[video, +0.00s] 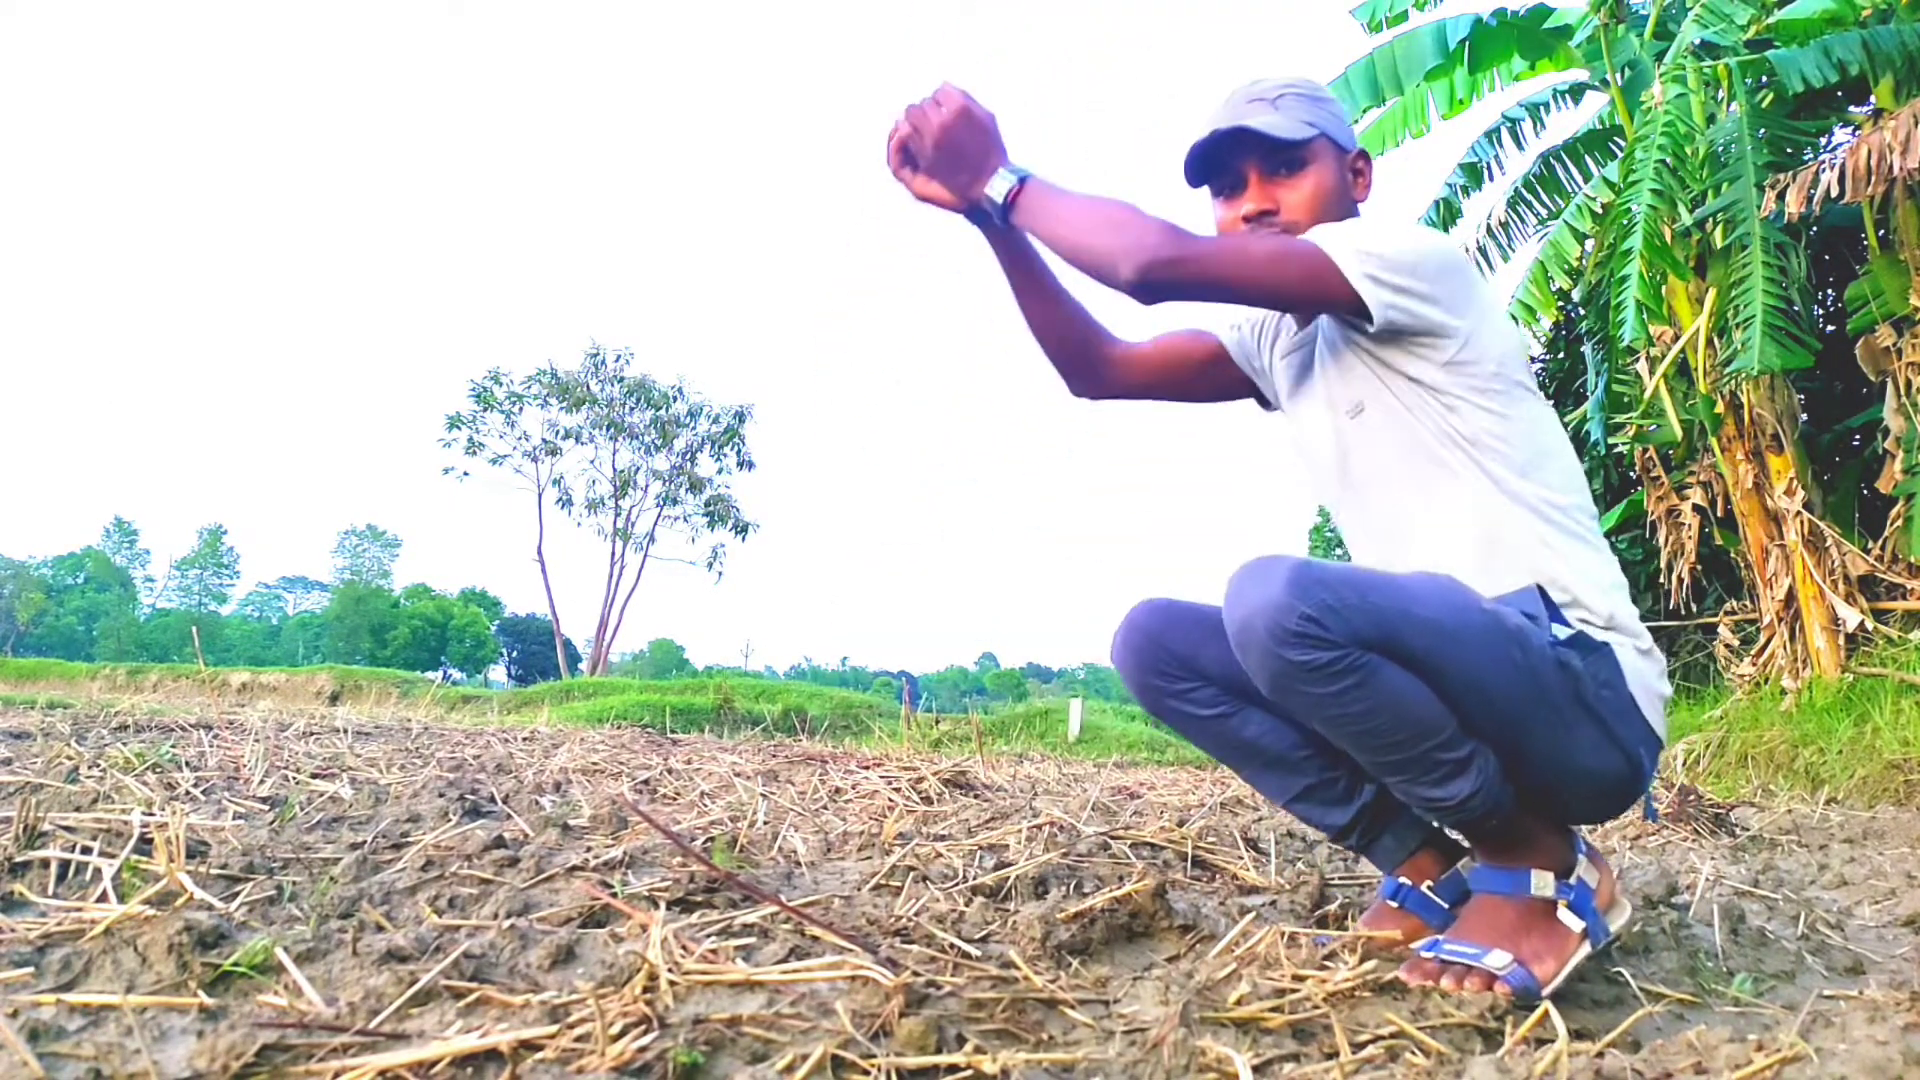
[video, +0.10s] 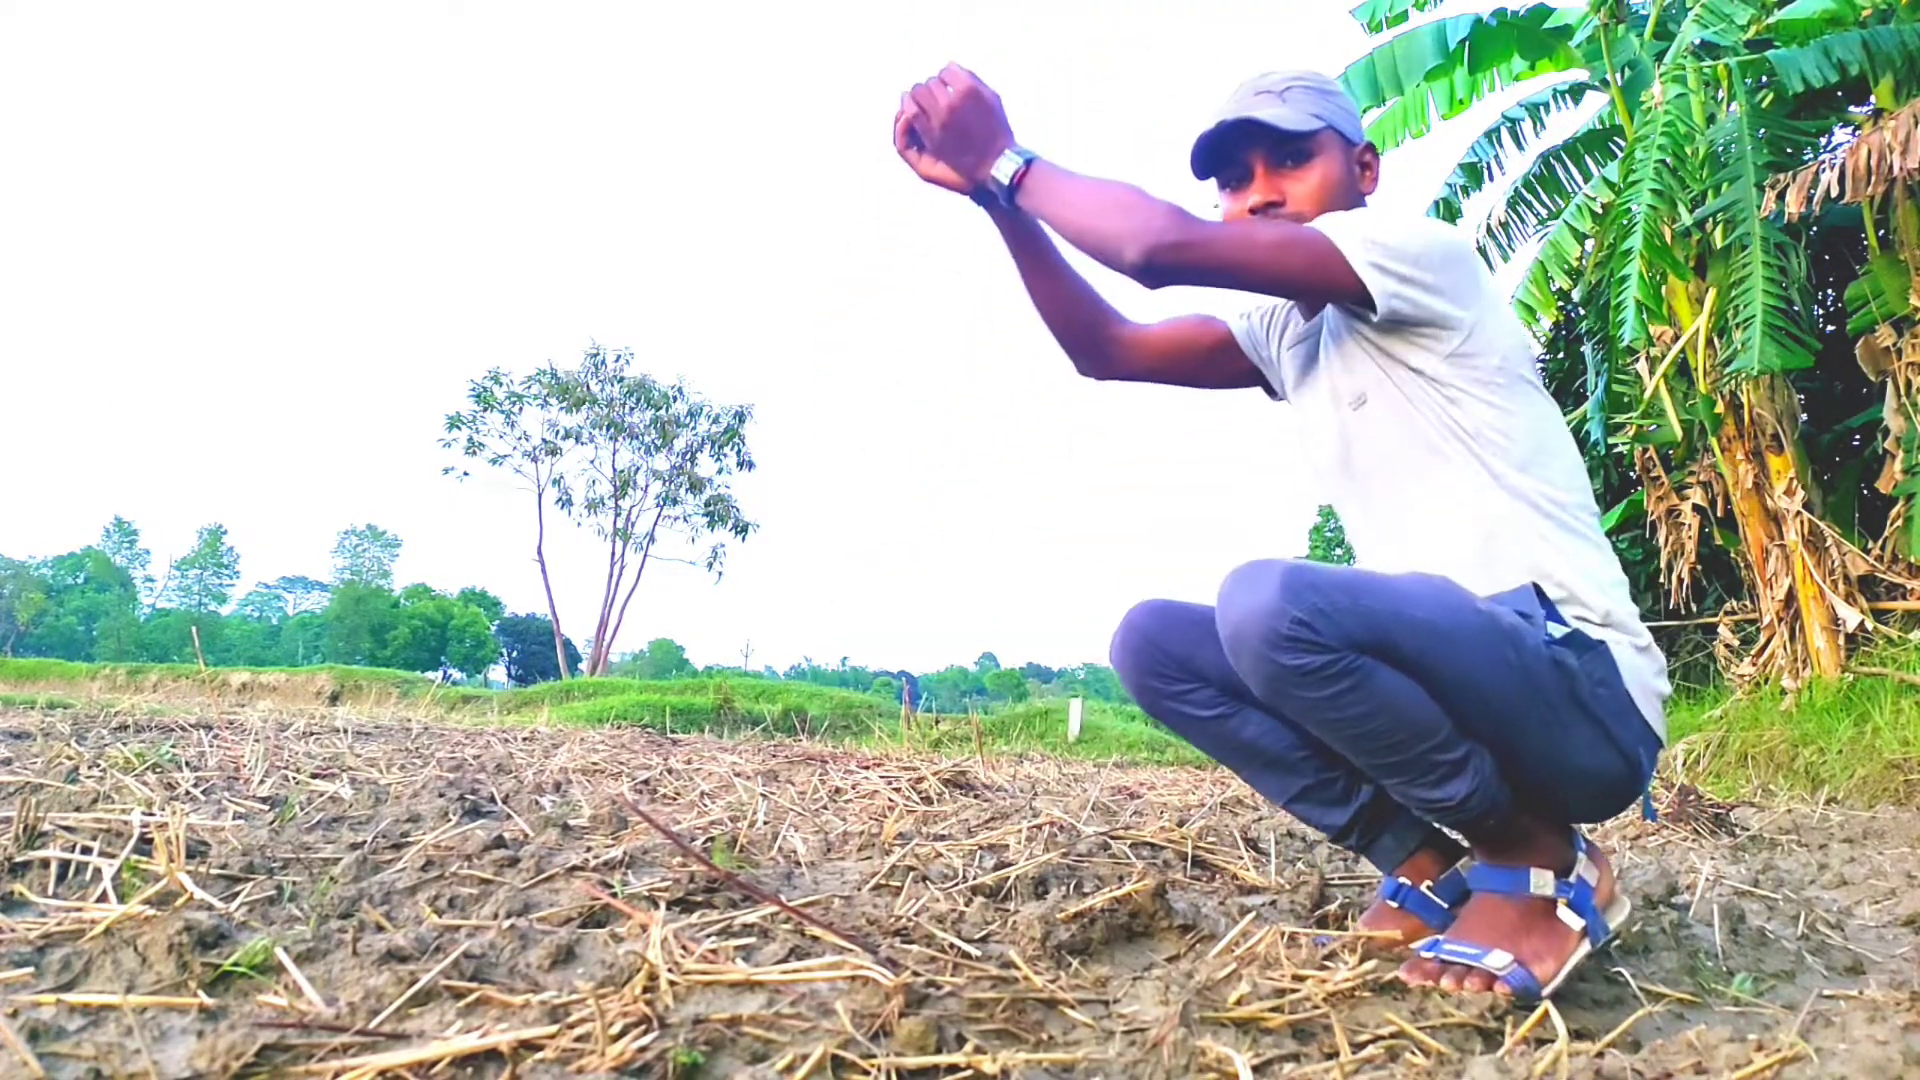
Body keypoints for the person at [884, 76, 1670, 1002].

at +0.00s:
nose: (1255, 199)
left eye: (1286, 164)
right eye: (1231, 185)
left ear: (1358, 173)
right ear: (1211, 209)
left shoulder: (1411, 262)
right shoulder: (1281, 340)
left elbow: (1155, 262)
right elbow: (1100, 368)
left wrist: (997, 182)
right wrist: (993, 217)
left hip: (1581, 685)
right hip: (1457, 697)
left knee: (1275, 603)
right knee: (1155, 642)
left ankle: (1534, 855)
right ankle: (1435, 856)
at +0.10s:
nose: (1262, 191)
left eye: (1292, 155)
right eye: (1237, 178)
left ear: (1364, 164)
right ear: (1218, 201)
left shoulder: (1419, 254)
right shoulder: (1289, 330)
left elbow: (1159, 246)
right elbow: (1107, 348)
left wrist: (1004, 163)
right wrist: (1000, 201)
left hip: (1580, 680)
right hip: (1459, 688)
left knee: (1270, 607)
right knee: (1156, 643)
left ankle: (1538, 859)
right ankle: (1435, 862)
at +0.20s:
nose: (1265, 190)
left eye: (1296, 153)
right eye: (1241, 177)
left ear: (1368, 162)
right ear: (1224, 198)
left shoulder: (1423, 253)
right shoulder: (1296, 328)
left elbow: (1161, 242)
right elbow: (1110, 341)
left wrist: (1003, 157)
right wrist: (998, 193)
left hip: (1580, 680)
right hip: (1459, 687)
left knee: (1268, 608)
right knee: (1156, 644)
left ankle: (1536, 858)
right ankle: (1435, 860)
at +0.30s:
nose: (1266, 193)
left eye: (1299, 156)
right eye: (1241, 178)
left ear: (1372, 167)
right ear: (1223, 201)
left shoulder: (1425, 255)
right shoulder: (1295, 329)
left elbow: (1164, 251)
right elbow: (1114, 349)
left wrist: (1002, 175)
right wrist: (999, 209)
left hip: (1579, 682)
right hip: (1455, 691)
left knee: (1269, 609)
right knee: (1154, 644)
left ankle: (1536, 855)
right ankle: (1433, 858)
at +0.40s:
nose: (1267, 194)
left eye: (1299, 158)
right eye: (1242, 180)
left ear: (1372, 170)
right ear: (1225, 203)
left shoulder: (1425, 257)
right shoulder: (1295, 330)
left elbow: (1165, 253)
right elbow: (1114, 350)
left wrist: (997, 183)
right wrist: (996, 211)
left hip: (1581, 684)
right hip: (1459, 694)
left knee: (1272, 607)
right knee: (1153, 646)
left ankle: (1536, 854)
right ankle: (1436, 859)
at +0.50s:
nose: (1269, 194)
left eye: (1300, 158)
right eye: (1243, 182)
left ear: (1373, 169)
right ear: (1229, 206)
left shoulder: (1426, 256)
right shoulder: (1298, 330)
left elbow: (1166, 251)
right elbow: (1117, 350)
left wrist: (995, 184)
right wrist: (994, 213)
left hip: (1579, 683)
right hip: (1459, 695)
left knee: (1273, 606)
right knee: (1151, 649)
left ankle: (1537, 853)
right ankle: (1434, 858)